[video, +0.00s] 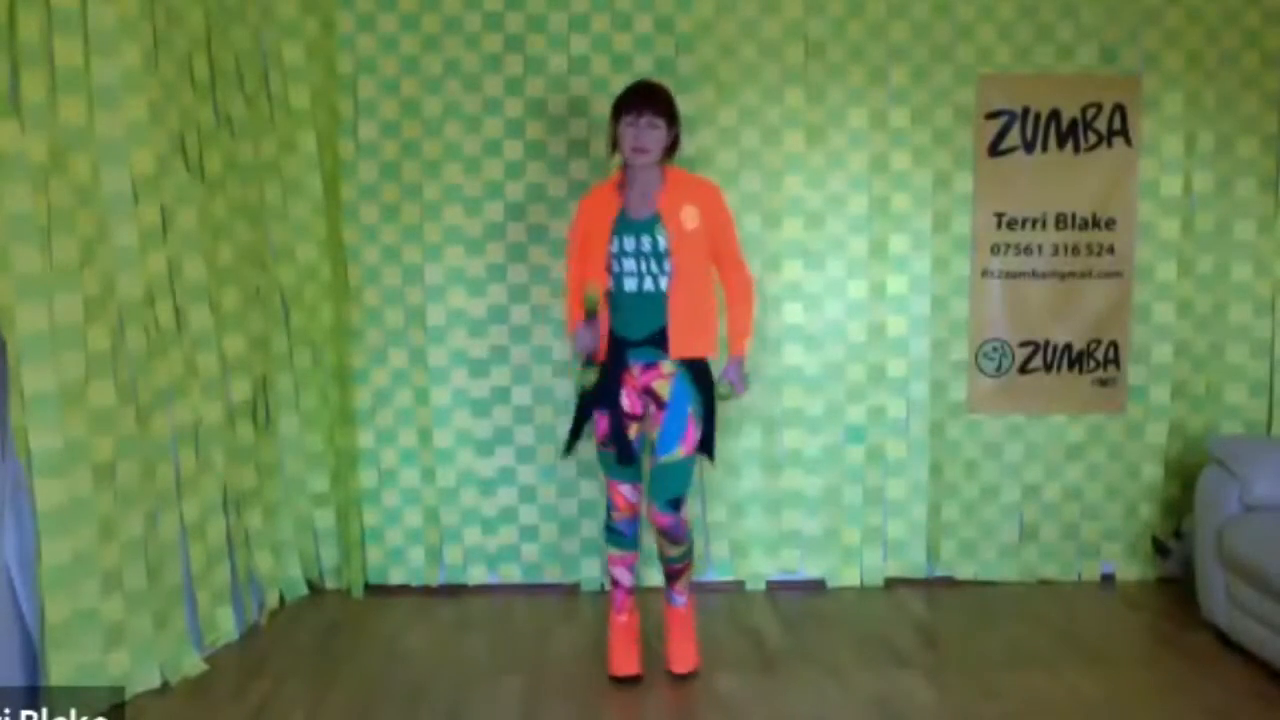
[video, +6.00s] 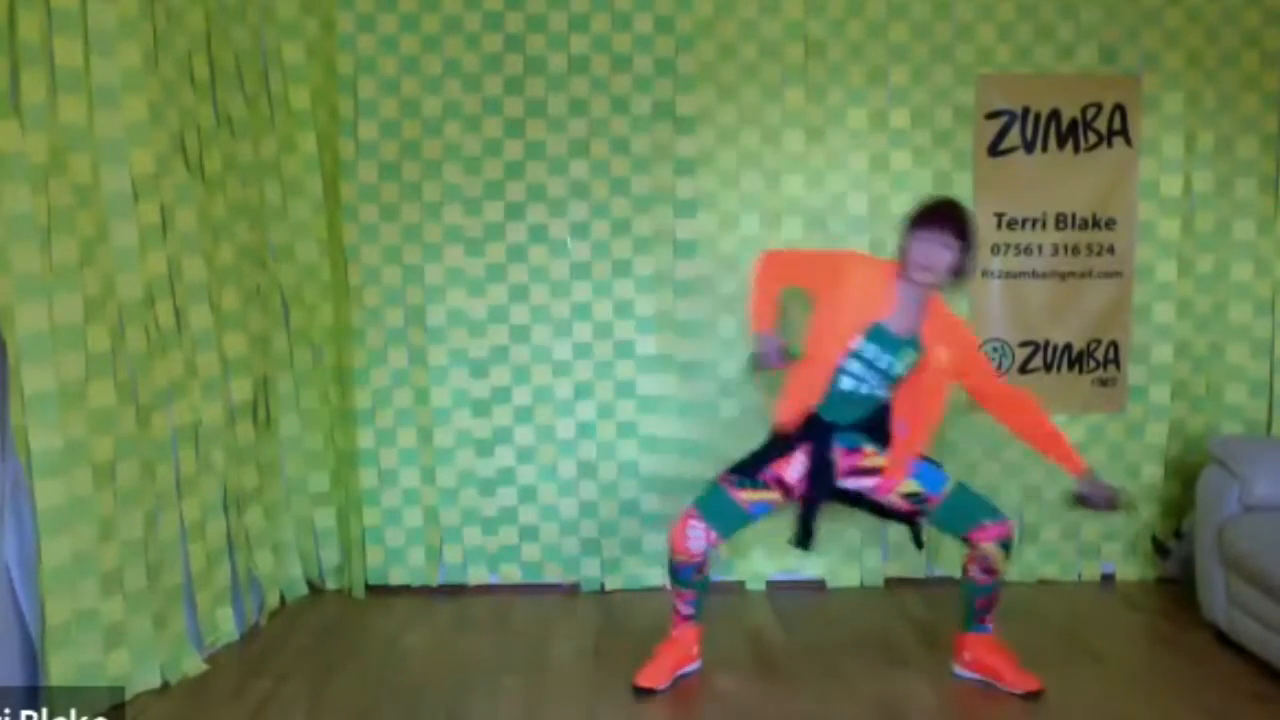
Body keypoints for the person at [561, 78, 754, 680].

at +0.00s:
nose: (641, 134)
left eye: (653, 124)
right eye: (631, 123)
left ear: (672, 135)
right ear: (615, 133)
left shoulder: (700, 197)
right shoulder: (595, 205)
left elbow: (737, 277)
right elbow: (577, 280)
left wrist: (737, 352)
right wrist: (579, 325)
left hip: (680, 364)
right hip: (615, 364)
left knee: (666, 507)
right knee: (622, 502)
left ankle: (680, 609)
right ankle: (622, 620)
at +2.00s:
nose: (634, 127)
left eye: (643, 117)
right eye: (622, 117)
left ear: (656, 131)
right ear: (600, 131)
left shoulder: (684, 198)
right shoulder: (575, 201)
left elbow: (712, 274)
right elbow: (548, 281)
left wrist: (713, 340)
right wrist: (569, 310)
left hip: (665, 362)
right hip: (600, 361)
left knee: (659, 504)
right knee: (602, 500)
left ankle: (664, 607)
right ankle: (602, 616)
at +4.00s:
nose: (633, 139)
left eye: (647, 129)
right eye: (624, 127)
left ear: (666, 143)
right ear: (607, 135)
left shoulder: (679, 214)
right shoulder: (570, 197)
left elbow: (690, 304)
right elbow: (549, 280)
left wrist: (685, 395)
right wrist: (540, 364)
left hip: (643, 361)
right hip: (569, 359)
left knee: (657, 502)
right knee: (557, 498)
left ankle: (658, 630)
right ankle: (565, 619)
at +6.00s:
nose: (932, 253)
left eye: (946, 246)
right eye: (926, 239)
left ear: (959, 262)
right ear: (904, 241)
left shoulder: (951, 337)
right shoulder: (851, 275)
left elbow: (1008, 403)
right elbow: (772, 265)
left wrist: (1080, 471)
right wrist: (764, 332)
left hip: (877, 460)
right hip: (800, 446)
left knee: (990, 530)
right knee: (691, 534)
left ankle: (977, 645)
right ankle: (682, 640)